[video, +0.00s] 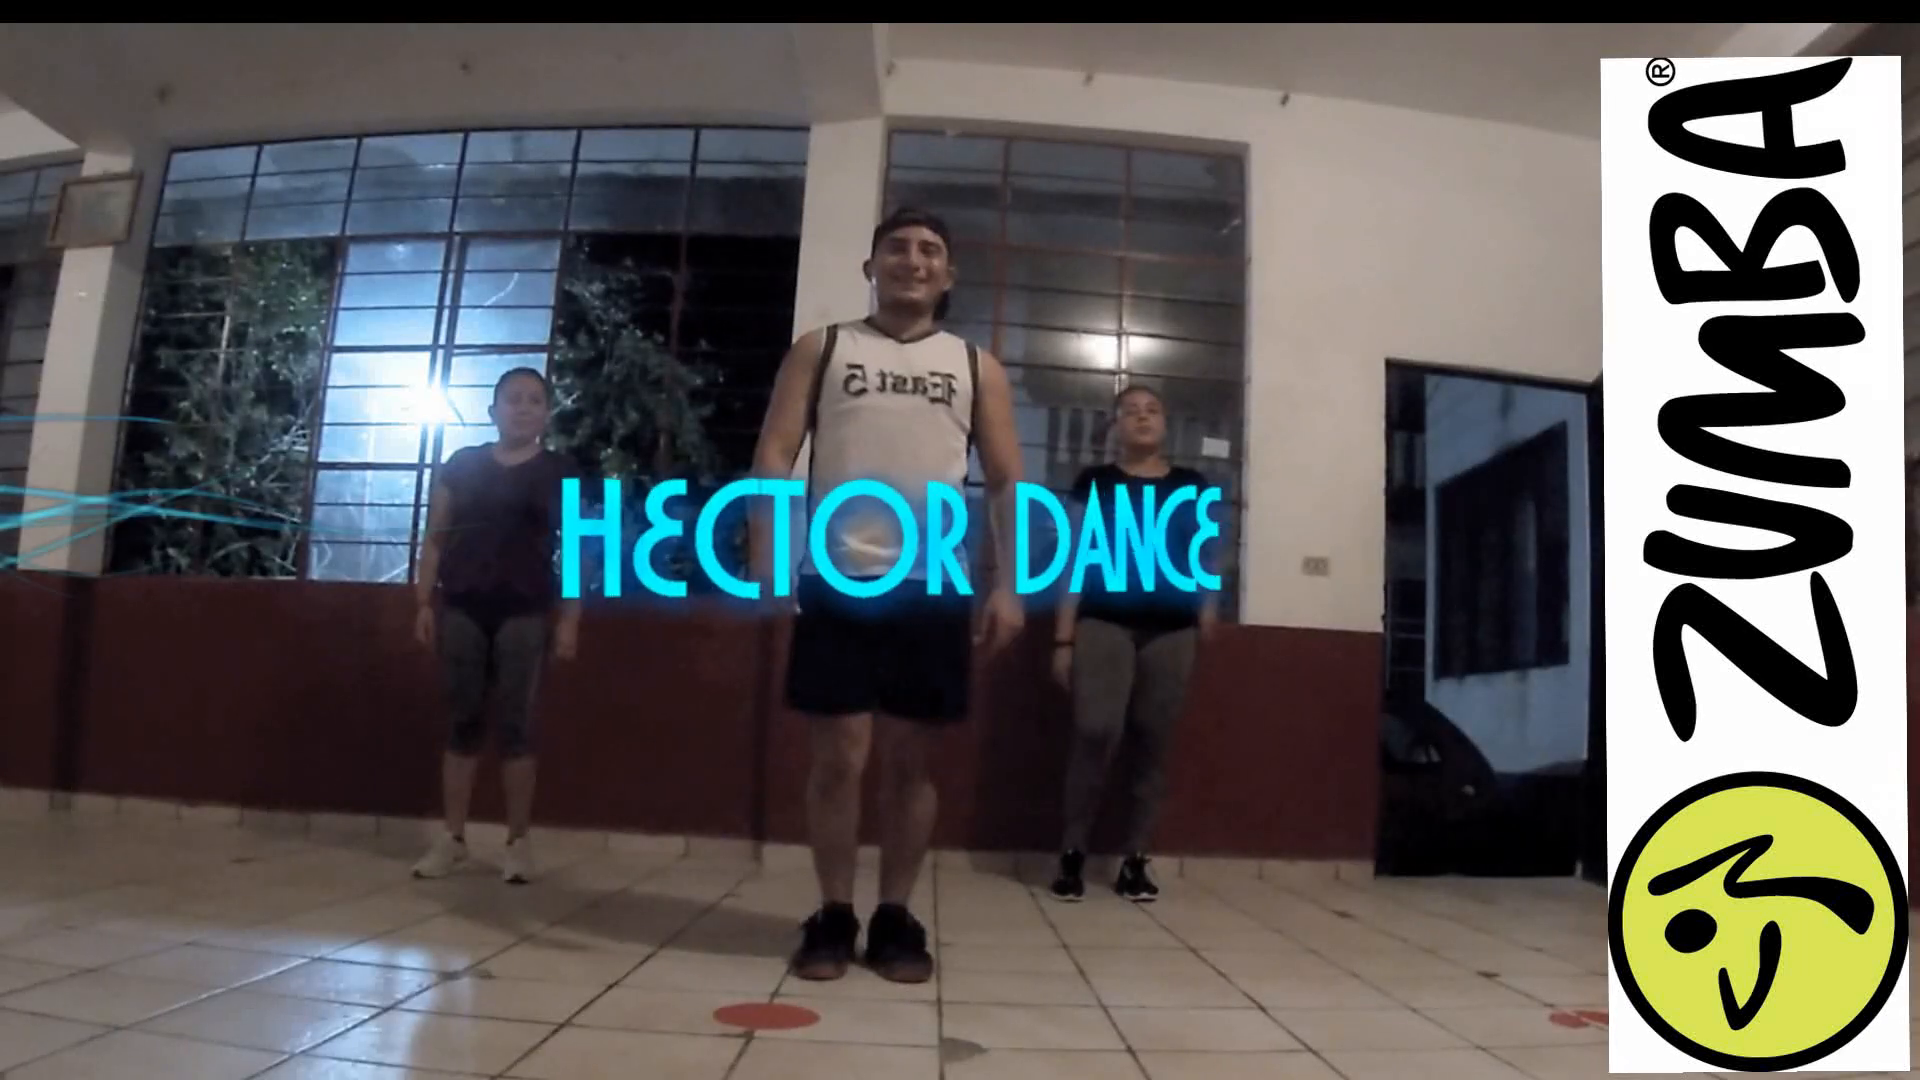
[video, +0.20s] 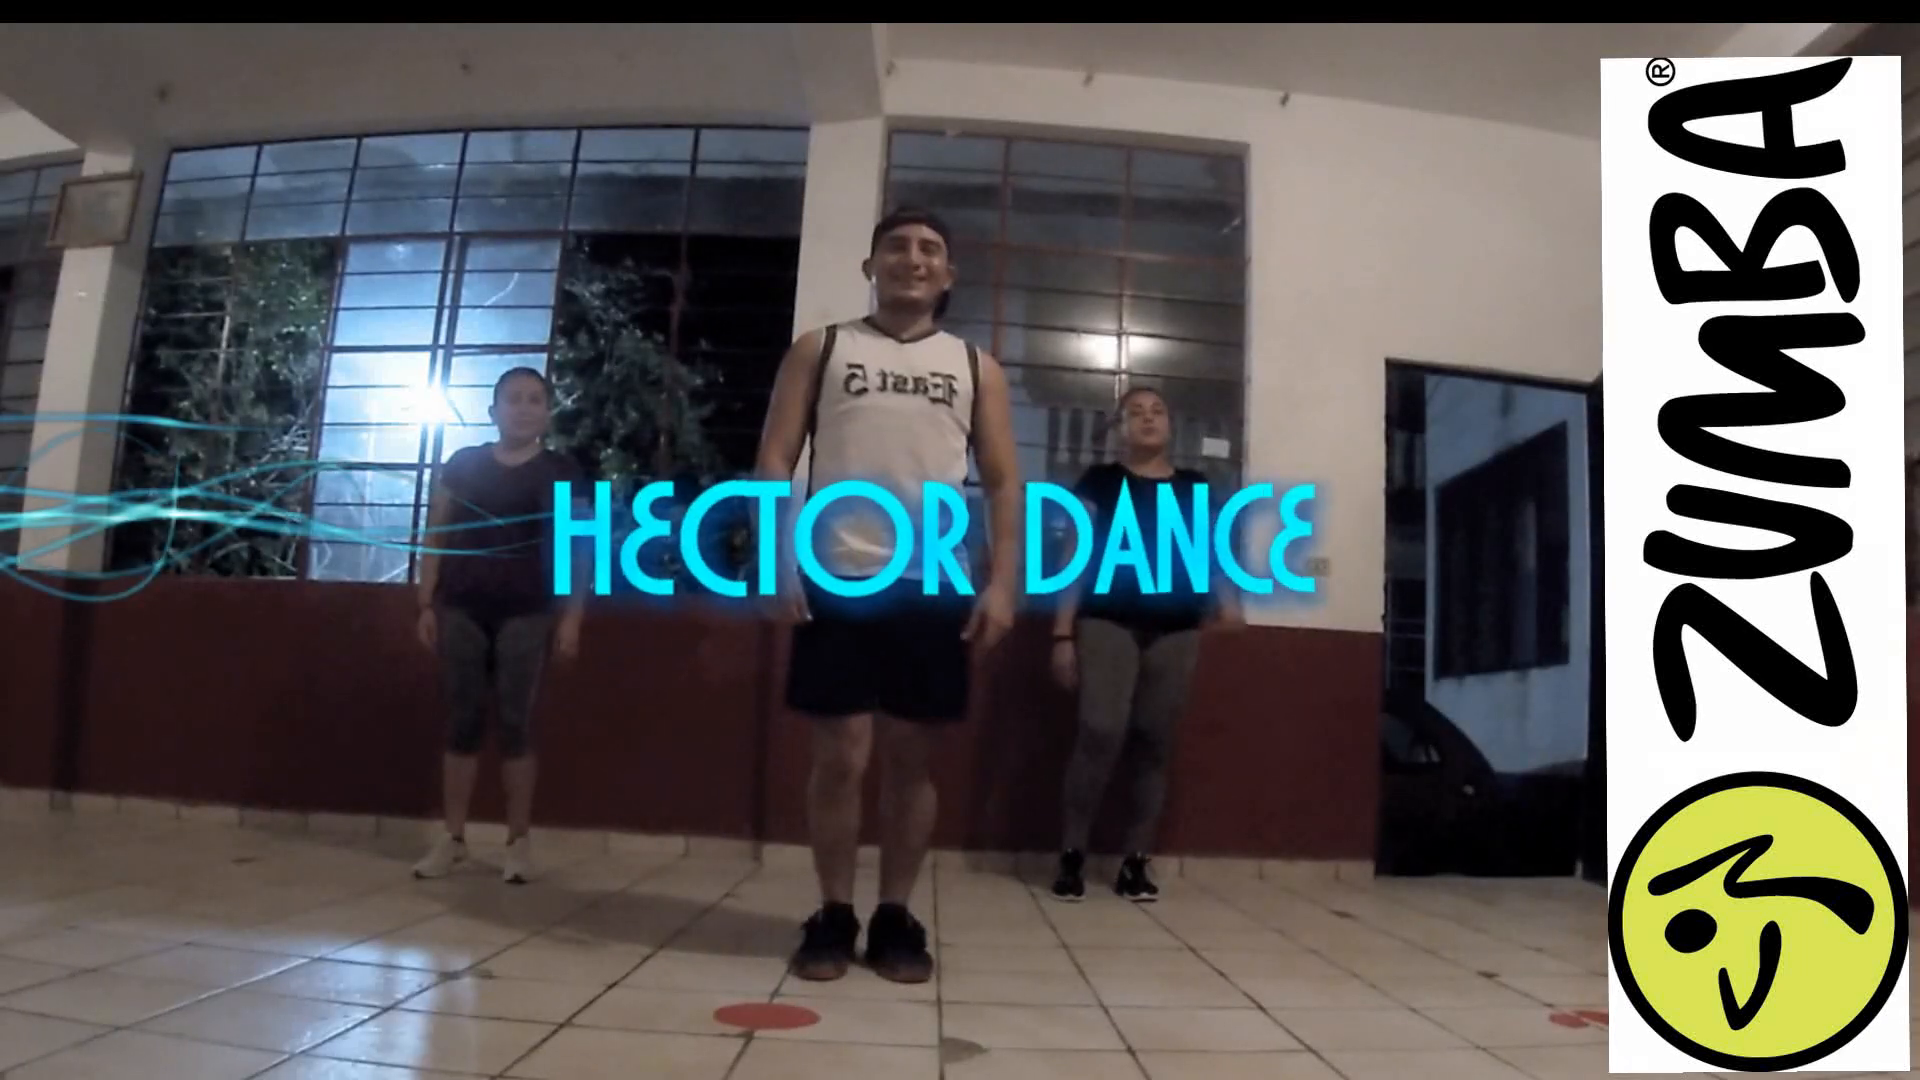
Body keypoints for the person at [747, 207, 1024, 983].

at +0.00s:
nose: (915, 260)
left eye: (929, 251)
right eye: (900, 248)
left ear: (948, 274)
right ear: (871, 266)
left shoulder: (976, 367)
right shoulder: (821, 348)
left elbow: (1005, 483)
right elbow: (774, 452)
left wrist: (1006, 584)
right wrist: (768, 551)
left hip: (931, 591)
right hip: (834, 585)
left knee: (912, 762)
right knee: (838, 757)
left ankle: (895, 919)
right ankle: (833, 917)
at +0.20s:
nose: (915, 259)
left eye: (929, 249)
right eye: (900, 247)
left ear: (948, 273)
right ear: (871, 265)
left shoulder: (975, 367)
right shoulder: (820, 349)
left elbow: (1005, 482)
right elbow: (774, 463)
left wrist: (1002, 583)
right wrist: (780, 574)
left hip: (931, 589)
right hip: (835, 586)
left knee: (911, 761)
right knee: (840, 758)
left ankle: (896, 919)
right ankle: (833, 916)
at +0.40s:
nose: (915, 258)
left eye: (929, 249)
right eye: (900, 246)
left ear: (948, 272)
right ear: (871, 264)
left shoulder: (975, 366)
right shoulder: (820, 346)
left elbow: (1003, 483)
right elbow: (773, 463)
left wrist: (993, 587)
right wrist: (785, 575)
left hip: (932, 588)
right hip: (836, 584)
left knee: (912, 757)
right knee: (840, 754)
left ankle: (896, 919)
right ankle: (833, 917)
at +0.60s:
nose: (911, 257)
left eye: (926, 248)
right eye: (896, 246)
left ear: (945, 272)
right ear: (867, 265)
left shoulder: (973, 363)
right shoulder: (816, 346)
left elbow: (1009, 475)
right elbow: (769, 455)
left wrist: (990, 564)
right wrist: (780, 553)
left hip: (927, 585)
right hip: (830, 581)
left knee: (910, 754)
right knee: (836, 750)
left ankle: (896, 919)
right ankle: (832, 916)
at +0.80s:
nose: (902, 266)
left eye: (918, 256)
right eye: (886, 255)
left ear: (936, 281)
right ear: (860, 276)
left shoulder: (963, 368)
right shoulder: (810, 360)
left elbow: (1017, 457)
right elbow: (759, 467)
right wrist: (780, 535)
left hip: (930, 585)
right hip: (829, 584)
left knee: (958, 731)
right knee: (829, 752)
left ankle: (916, 883)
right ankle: (831, 914)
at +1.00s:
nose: (921, 232)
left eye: (936, 225)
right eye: (904, 225)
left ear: (955, 255)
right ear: (874, 254)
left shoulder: (978, 326)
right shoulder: (827, 342)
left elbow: (1044, 212)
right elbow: (771, 453)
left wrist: (1028, 86)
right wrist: (759, 546)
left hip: (942, 568)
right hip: (834, 569)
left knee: (983, 727)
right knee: (836, 755)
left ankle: (997, 928)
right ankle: (832, 918)